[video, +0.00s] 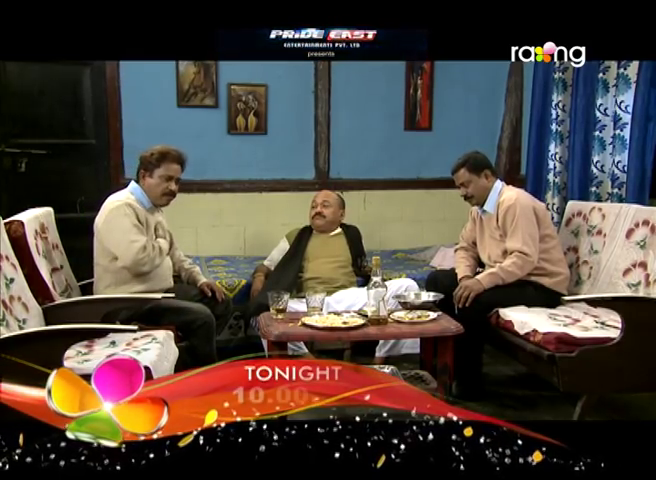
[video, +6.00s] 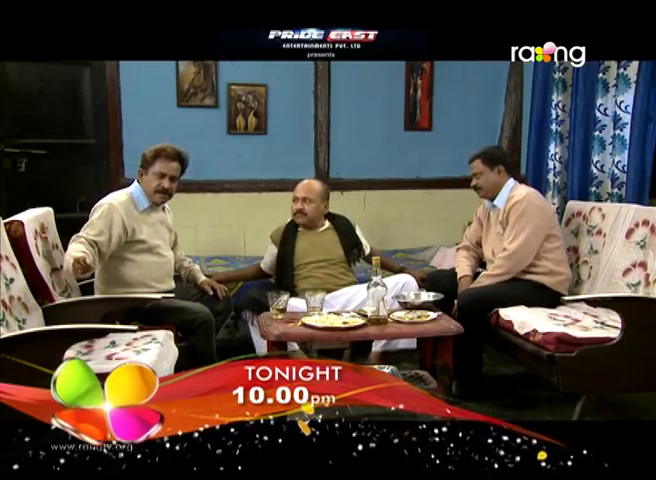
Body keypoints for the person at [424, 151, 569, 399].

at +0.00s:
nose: (463, 193)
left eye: (466, 185)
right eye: (460, 188)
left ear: (487, 177)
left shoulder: (517, 203)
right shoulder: (479, 209)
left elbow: (523, 259)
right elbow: (465, 247)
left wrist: (480, 282)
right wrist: (465, 277)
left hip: (542, 285)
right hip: (504, 277)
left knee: (472, 301)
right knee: (438, 280)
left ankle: (467, 385)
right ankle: (439, 370)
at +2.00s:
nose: (458, 197)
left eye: (461, 189)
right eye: (455, 192)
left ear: (481, 178)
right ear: (479, 180)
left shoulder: (514, 205)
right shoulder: (478, 209)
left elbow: (513, 265)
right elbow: (464, 247)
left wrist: (465, 294)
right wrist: (464, 281)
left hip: (541, 286)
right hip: (502, 277)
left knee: (469, 302)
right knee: (437, 280)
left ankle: (467, 386)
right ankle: (440, 369)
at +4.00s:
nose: (458, 198)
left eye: (461, 191)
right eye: (455, 193)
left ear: (481, 179)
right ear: (478, 181)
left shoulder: (513, 206)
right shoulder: (477, 208)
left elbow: (513, 266)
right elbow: (464, 248)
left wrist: (466, 294)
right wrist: (463, 283)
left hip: (541, 286)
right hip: (504, 277)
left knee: (468, 302)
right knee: (437, 280)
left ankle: (467, 385)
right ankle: (440, 369)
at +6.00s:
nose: (473, 183)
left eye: (477, 176)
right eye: (472, 178)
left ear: (500, 171)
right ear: (496, 173)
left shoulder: (527, 201)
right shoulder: (487, 207)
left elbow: (513, 260)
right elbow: (468, 247)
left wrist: (472, 291)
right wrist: (464, 279)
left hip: (541, 285)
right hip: (504, 277)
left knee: (468, 303)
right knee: (437, 280)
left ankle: (468, 384)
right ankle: (436, 370)